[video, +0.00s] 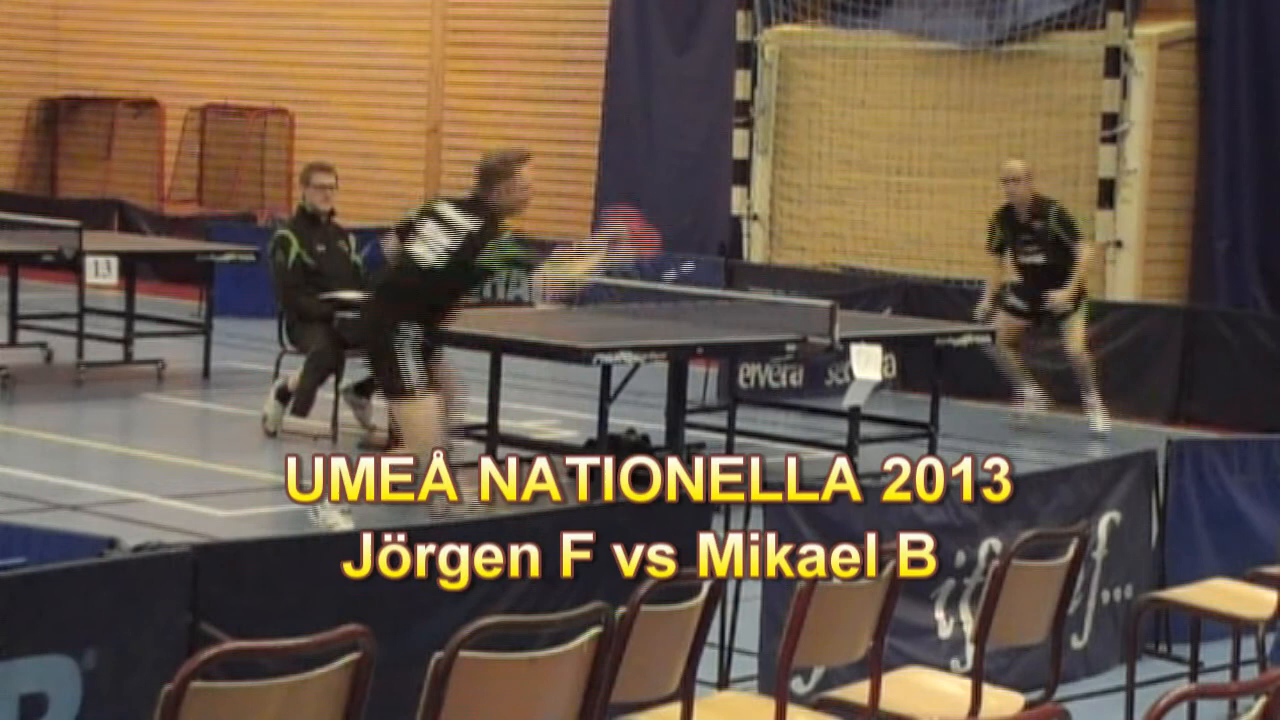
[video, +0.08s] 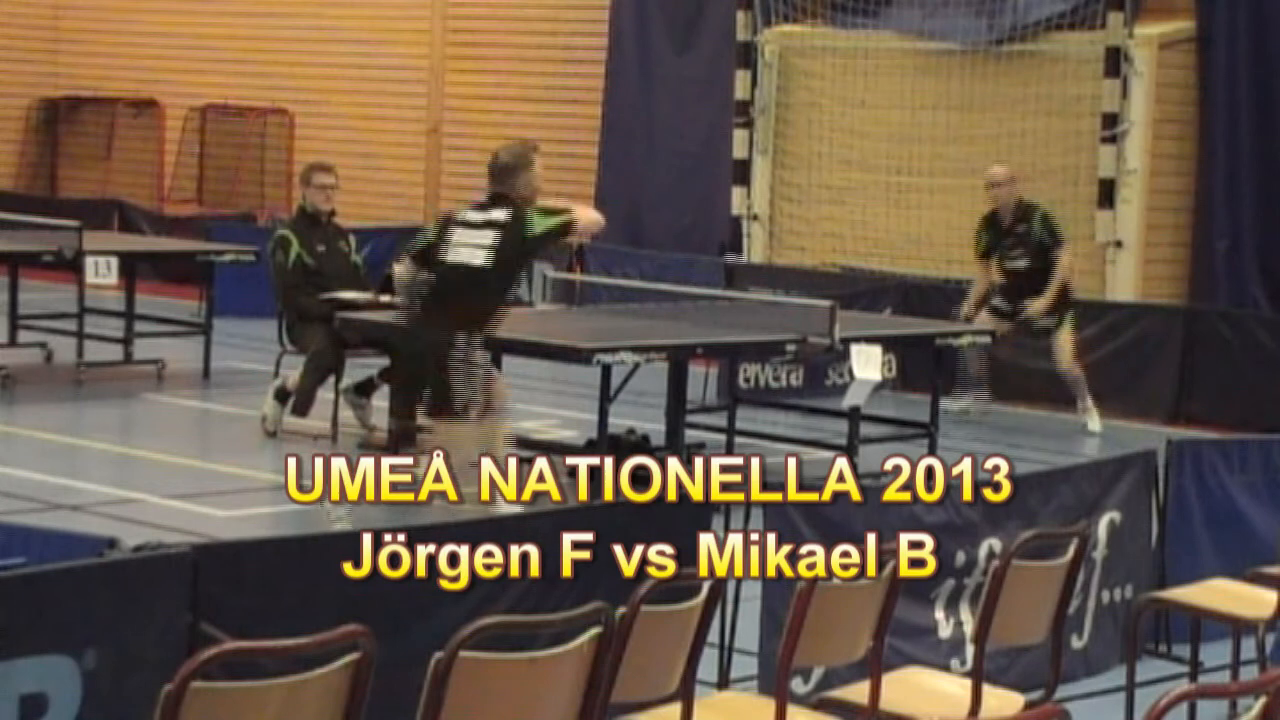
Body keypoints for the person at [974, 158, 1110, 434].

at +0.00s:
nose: (1010, 188)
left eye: (1015, 182)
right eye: (1005, 182)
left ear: (1029, 183)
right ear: (1001, 186)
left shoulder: (1052, 212)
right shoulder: (1002, 218)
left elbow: (1085, 249)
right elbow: (998, 265)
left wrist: (1068, 290)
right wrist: (988, 299)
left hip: (1062, 288)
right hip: (1025, 288)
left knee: (1075, 349)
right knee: (999, 341)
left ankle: (1092, 403)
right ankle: (1031, 393)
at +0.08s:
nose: (995, 193)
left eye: (1000, 186)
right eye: (990, 187)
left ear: (1014, 187)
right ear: (986, 191)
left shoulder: (1038, 217)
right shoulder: (988, 224)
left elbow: (1063, 259)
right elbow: (985, 274)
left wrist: (1046, 299)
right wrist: (970, 305)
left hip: (1048, 293)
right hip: (1010, 293)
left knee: (1064, 363)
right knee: (973, 338)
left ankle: (1086, 406)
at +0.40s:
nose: (911, 207)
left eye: (915, 200)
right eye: (909, 201)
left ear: (936, 199)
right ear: (926, 202)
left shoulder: (953, 225)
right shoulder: (937, 230)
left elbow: (974, 268)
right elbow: (944, 280)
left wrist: (946, 302)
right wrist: (911, 292)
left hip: (992, 309)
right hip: (963, 308)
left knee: (1009, 372)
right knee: (906, 329)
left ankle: (1065, 409)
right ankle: (923, 398)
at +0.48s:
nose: (906, 203)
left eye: (909, 195)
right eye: (904, 197)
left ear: (929, 193)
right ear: (917, 196)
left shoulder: (951, 219)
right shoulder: (928, 231)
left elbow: (973, 258)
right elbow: (925, 276)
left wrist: (944, 292)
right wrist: (878, 273)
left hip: (988, 305)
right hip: (955, 305)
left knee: (1005, 363)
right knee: (906, 330)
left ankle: (1058, 408)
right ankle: (923, 398)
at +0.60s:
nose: (910, 186)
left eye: (915, 180)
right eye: (907, 181)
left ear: (934, 181)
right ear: (908, 185)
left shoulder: (955, 209)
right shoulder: (917, 219)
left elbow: (979, 248)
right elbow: (883, 243)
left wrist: (946, 280)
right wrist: (862, 216)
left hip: (985, 292)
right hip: (951, 295)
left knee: (1004, 346)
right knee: (908, 333)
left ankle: (1052, 403)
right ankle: (924, 398)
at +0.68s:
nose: (918, 177)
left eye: (923, 170)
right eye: (915, 171)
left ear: (940, 171)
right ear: (914, 174)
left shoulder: (961, 200)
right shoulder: (920, 206)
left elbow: (988, 241)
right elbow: (883, 229)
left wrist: (958, 273)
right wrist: (868, 201)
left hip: (987, 282)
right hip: (953, 285)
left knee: (1007, 339)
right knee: (915, 333)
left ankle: (1051, 401)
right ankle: (924, 397)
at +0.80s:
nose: (932, 169)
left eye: (938, 163)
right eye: (929, 163)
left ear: (954, 165)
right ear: (927, 167)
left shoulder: (976, 193)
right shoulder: (931, 199)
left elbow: (1003, 235)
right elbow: (901, 230)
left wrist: (981, 269)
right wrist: (875, 211)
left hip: (998, 273)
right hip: (963, 275)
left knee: (1017, 334)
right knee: (927, 331)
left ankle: (1051, 400)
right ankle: (925, 395)